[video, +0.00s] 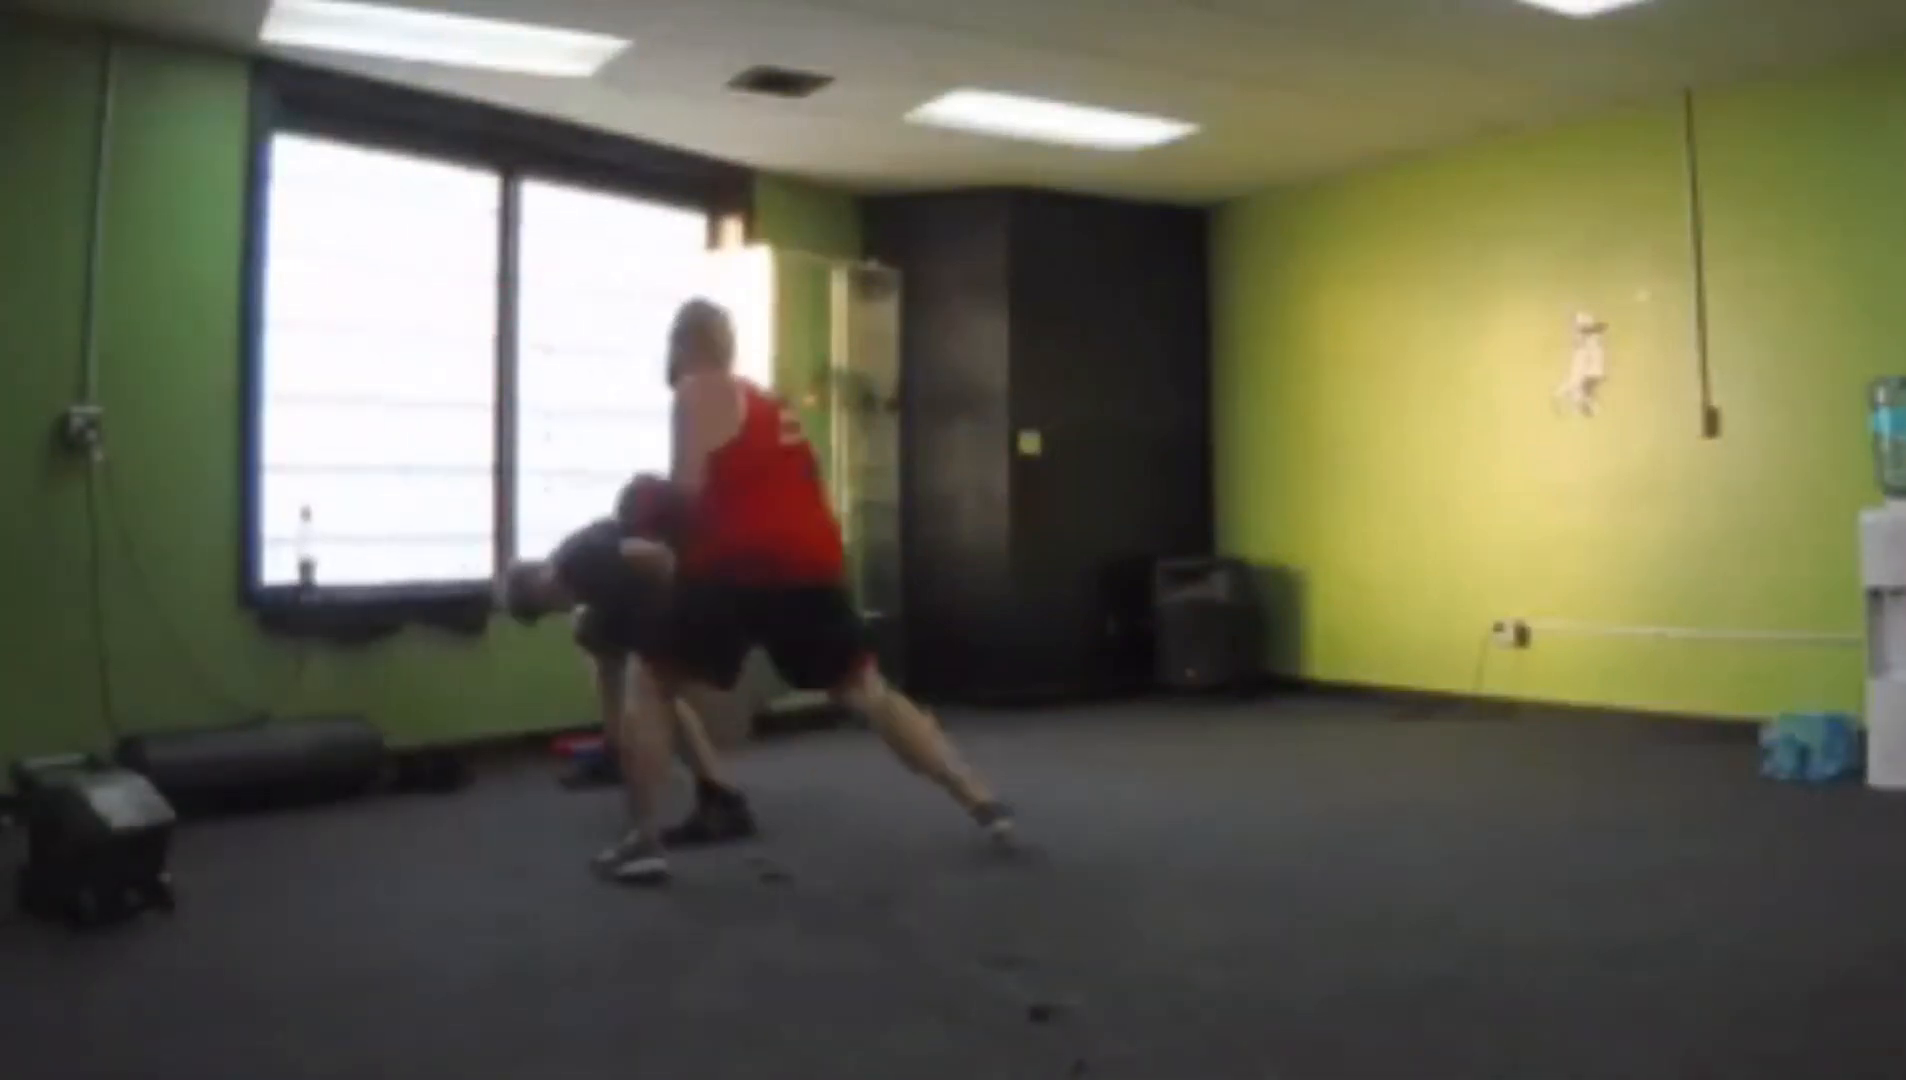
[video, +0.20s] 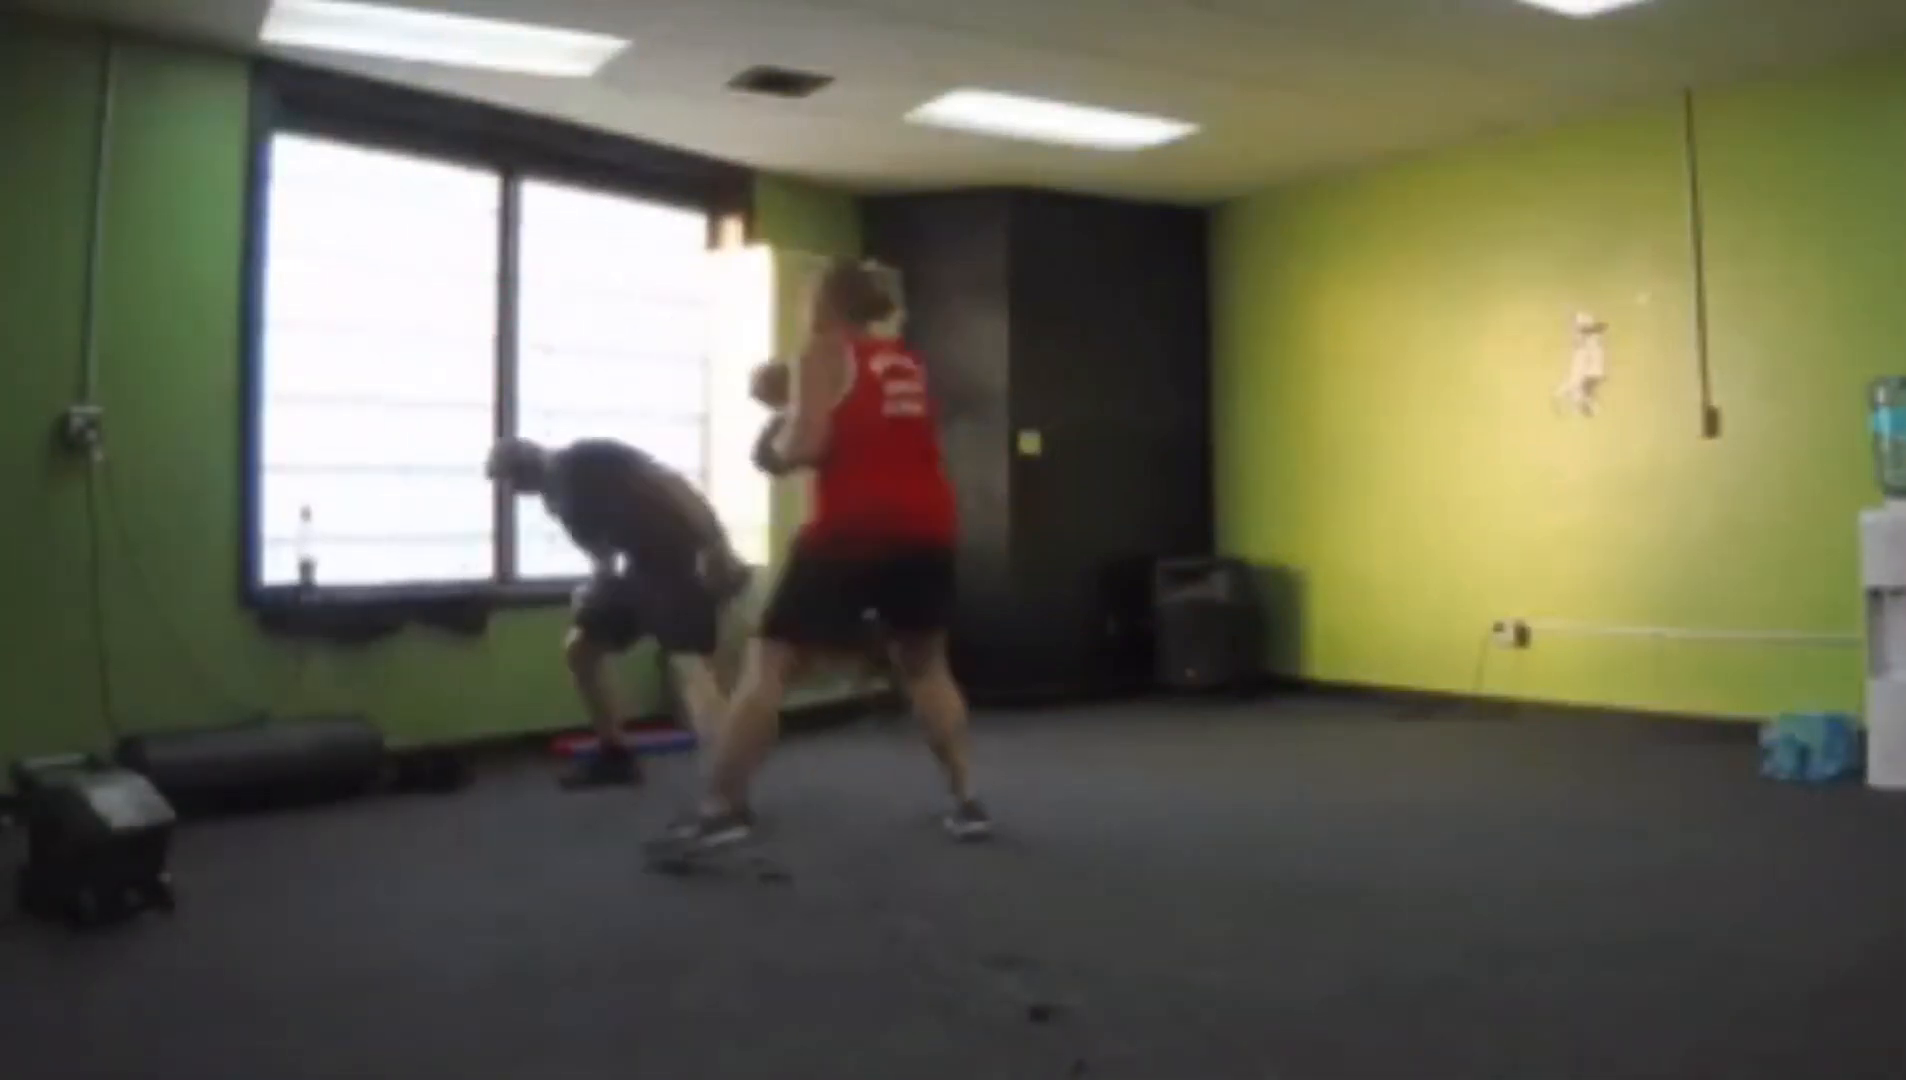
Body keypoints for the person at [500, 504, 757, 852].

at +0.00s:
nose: (554, 610)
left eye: (544, 603)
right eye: (544, 609)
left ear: (540, 581)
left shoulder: (582, 559)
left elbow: (659, 556)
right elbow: (610, 669)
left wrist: (666, 616)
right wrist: (613, 737)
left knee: (655, 690)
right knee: (660, 693)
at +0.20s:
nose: (515, 488)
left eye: (512, 477)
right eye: (509, 483)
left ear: (524, 459)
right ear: (513, 478)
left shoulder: (588, 458)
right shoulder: (560, 502)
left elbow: (672, 486)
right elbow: (605, 557)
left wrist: (715, 547)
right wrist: (593, 603)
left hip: (695, 557)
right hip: (647, 568)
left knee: (705, 674)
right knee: (582, 651)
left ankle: (733, 791)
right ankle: (614, 755)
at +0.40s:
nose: (546, 374)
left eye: (547, 362)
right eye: (538, 369)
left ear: (563, 351)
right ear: (537, 372)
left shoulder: (615, 367)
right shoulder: (560, 423)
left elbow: (692, 385)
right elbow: (584, 489)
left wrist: (696, 443)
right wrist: (591, 538)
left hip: (685, 495)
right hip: (639, 515)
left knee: (719, 628)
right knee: (604, 635)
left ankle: (771, 749)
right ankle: (614, 749)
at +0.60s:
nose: (600, 329)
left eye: (603, 316)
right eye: (588, 322)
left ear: (619, 311)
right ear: (583, 327)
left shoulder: (665, 344)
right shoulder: (590, 387)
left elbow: (729, 390)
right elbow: (599, 450)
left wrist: (730, 453)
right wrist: (614, 489)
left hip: (708, 492)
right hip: (651, 505)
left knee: (745, 627)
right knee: (653, 630)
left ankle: (786, 749)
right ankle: (642, 746)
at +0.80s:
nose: (645, 329)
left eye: (650, 315)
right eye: (633, 320)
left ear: (664, 310)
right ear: (622, 324)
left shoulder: (703, 347)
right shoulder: (620, 384)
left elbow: (759, 403)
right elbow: (622, 467)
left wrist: (750, 445)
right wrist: (649, 475)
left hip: (726, 504)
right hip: (669, 512)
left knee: (757, 635)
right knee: (643, 634)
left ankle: (785, 755)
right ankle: (639, 748)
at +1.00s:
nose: (643, 357)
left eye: (647, 343)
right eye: (630, 350)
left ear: (661, 333)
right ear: (618, 350)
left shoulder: (694, 363)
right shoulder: (618, 398)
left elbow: (760, 399)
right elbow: (627, 476)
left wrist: (759, 433)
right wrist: (675, 433)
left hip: (729, 524)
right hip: (669, 529)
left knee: (759, 644)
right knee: (620, 637)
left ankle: (783, 758)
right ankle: (583, 741)